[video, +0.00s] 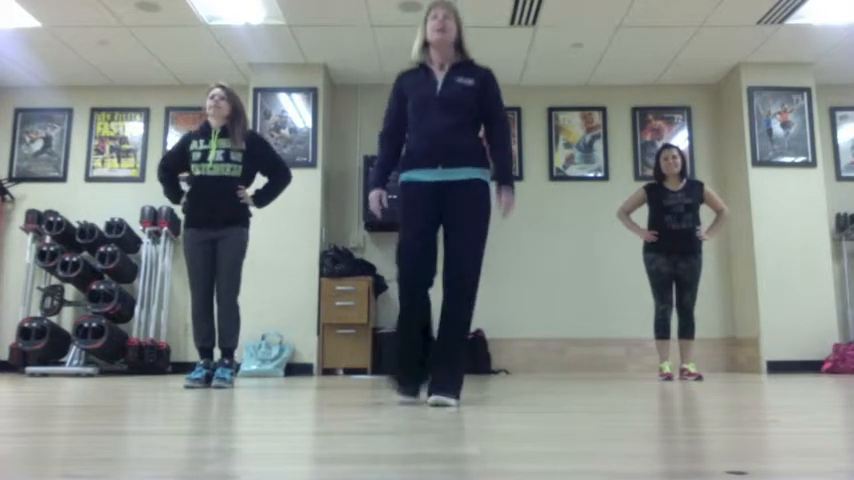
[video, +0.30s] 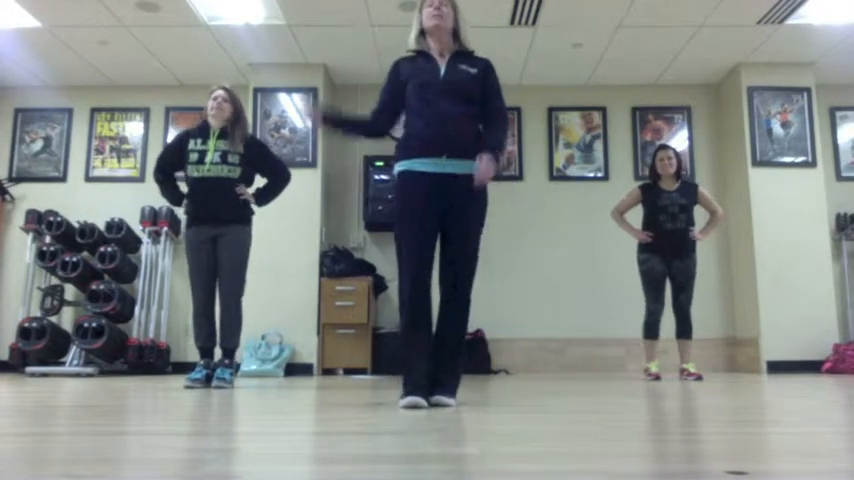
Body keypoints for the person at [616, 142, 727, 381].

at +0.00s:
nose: (671, 162)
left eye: (674, 157)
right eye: (666, 159)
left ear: (682, 161)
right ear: (659, 164)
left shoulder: (696, 188)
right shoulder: (651, 190)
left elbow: (722, 210)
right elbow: (622, 212)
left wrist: (708, 234)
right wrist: (641, 232)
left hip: (689, 253)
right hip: (659, 254)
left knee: (686, 308)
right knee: (663, 307)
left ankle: (686, 363)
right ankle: (664, 363)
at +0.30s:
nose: (666, 163)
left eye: (670, 159)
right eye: (661, 160)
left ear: (677, 162)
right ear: (655, 165)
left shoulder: (691, 189)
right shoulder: (646, 190)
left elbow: (717, 212)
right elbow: (616, 212)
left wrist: (702, 234)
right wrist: (635, 232)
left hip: (683, 254)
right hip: (652, 254)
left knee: (682, 309)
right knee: (654, 308)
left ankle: (686, 364)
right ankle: (651, 364)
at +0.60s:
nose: (657, 163)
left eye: (661, 158)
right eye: (653, 159)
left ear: (668, 162)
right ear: (645, 164)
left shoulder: (680, 190)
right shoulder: (635, 190)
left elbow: (703, 214)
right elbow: (605, 212)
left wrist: (690, 235)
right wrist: (625, 232)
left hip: (673, 253)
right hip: (643, 254)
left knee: (677, 307)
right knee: (647, 308)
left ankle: (685, 364)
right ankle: (649, 364)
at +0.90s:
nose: (647, 163)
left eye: (651, 159)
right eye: (643, 160)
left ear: (658, 162)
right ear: (636, 164)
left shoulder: (669, 191)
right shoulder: (625, 191)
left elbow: (692, 214)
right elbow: (595, 212)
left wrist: (680, 235)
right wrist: (616, 234)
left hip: (665, 253)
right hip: (634, 255)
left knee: (673, 307)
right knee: (641, 310)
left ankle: (679, 362)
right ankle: (648, 365)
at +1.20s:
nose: (642, 164)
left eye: (646, 160)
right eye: (638, 161)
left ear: (653, 163)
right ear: (631, 166)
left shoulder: (667, 191)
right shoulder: (623, 193)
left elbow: (691, 213)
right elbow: (594, 216)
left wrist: (679, 235)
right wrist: (616, 235)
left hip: (664, 254)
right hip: (635, 256)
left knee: (663, 308)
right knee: (641, 309)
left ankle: (663, 362)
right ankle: (648, 364)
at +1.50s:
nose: (642, 164)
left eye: (646, 160)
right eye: (638, 161)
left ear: (654, 163)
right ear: (631, 166)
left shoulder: (667, 191)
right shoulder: (624, 193)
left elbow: (692, 213)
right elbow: (595, 217)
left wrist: (680, 235)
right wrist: (617, 235)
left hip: (665, 253)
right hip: (636, 255)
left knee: (663, 307)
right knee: (642, 309)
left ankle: (662, 362)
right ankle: (648, 363)